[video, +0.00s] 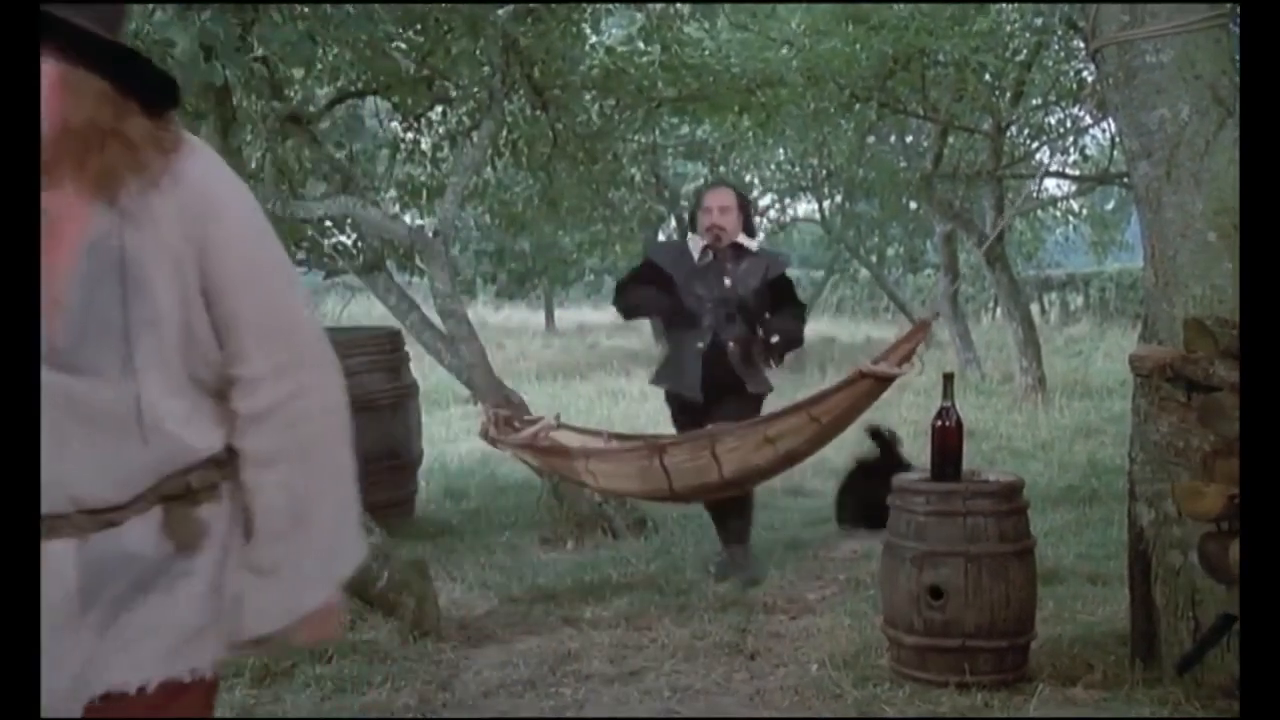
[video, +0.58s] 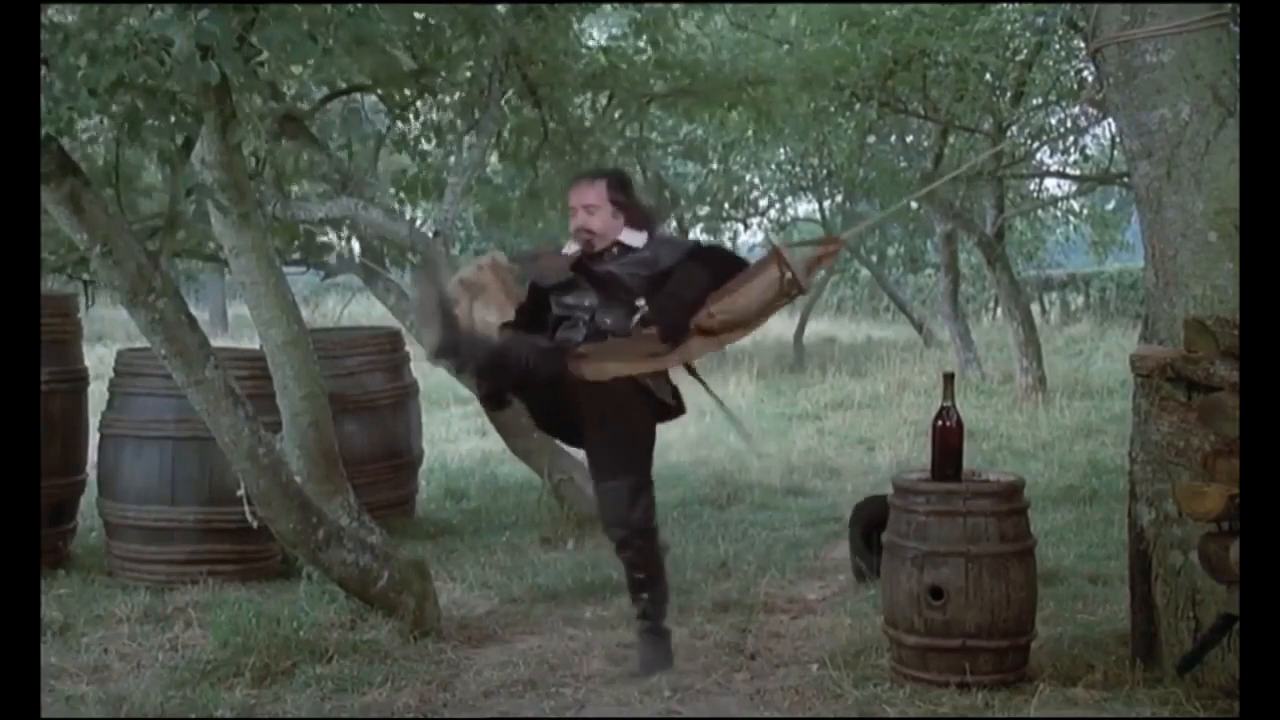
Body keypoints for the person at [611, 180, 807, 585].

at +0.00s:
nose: (716, 218)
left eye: (725, 210)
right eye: (708, 211)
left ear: (743, 218)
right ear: (696, 218)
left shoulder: (762, 266)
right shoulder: (672, 258)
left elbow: (792, 319)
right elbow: (626, 296)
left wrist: (776, 336)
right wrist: (673, 308)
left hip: (742, 378)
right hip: (687, 379)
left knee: (734, 461)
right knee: (702, 466)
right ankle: (733, 548)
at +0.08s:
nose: (688, 227)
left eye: (699, 218)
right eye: (680, 218)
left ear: (718, 226)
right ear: (668, 227)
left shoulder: (742, 279)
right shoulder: (643, 273)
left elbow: (772, 335)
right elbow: (604, 326)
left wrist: (761, 364)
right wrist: (613, 326)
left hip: (718, 404)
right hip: (659, 404)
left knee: (707, 511)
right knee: (665, 516)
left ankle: (704, 598)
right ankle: (701, 513)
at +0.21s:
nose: (636, 225)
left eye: (647, 215)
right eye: (627, 217)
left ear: (670, 223)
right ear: (616, 226)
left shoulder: (701, 280)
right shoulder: (590, 278)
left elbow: (746, 332)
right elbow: (565, 348)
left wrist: (713, 356)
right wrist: (551, 396)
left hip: (673, 420)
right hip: (606, 422)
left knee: (668, 521)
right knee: (591, 528)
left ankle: (684, 585)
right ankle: (580, 632)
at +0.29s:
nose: (616, 224)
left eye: (629, 216)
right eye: (608, 216)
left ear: (654, 227)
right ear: (598, 227)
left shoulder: (679, 284)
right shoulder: (568, 281)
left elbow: (724, 329)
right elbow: (526, 350)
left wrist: (671, 345)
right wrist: (540, 401)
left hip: (641, 424)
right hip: (574, 424)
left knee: (631, 520)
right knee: (563, 531)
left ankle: (637, 609)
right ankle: (580, 628)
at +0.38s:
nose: (574, 210)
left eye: (585, 200)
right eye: (567, 200)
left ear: (615, 203)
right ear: (560, 206)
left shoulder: (656, 251)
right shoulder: (546, 260)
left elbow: (721, 281)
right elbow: (509, 321)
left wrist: (657, 316)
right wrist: (495, 382)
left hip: (615, 393)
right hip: (553, 392)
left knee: (583, 517)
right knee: (526, 511)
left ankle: (571, 644)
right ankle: (546, 623)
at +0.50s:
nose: (562, 212)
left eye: (572, 201)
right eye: (556, 202)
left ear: (605, 198)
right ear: (554, 205)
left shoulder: (653, 235)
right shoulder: (548, 266)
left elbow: (724, 244)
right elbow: (508, 331)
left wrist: (667, 290)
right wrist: (502, 396)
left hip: (618, 388)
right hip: (556, 386)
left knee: (607, 516)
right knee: (512, 398)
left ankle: (622, 629)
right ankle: (450, 435)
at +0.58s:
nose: (580, 221)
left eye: (591, 210)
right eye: (574, 211)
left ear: (621, 212)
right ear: (568, 216)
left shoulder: (658, 253)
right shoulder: (556, 272)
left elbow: (725, 263)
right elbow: (527, 328)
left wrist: (675, 303)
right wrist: (494, 377)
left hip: (622, 401)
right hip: (563, 399)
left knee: (627, 524)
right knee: (510, 353)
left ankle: (653, 634)